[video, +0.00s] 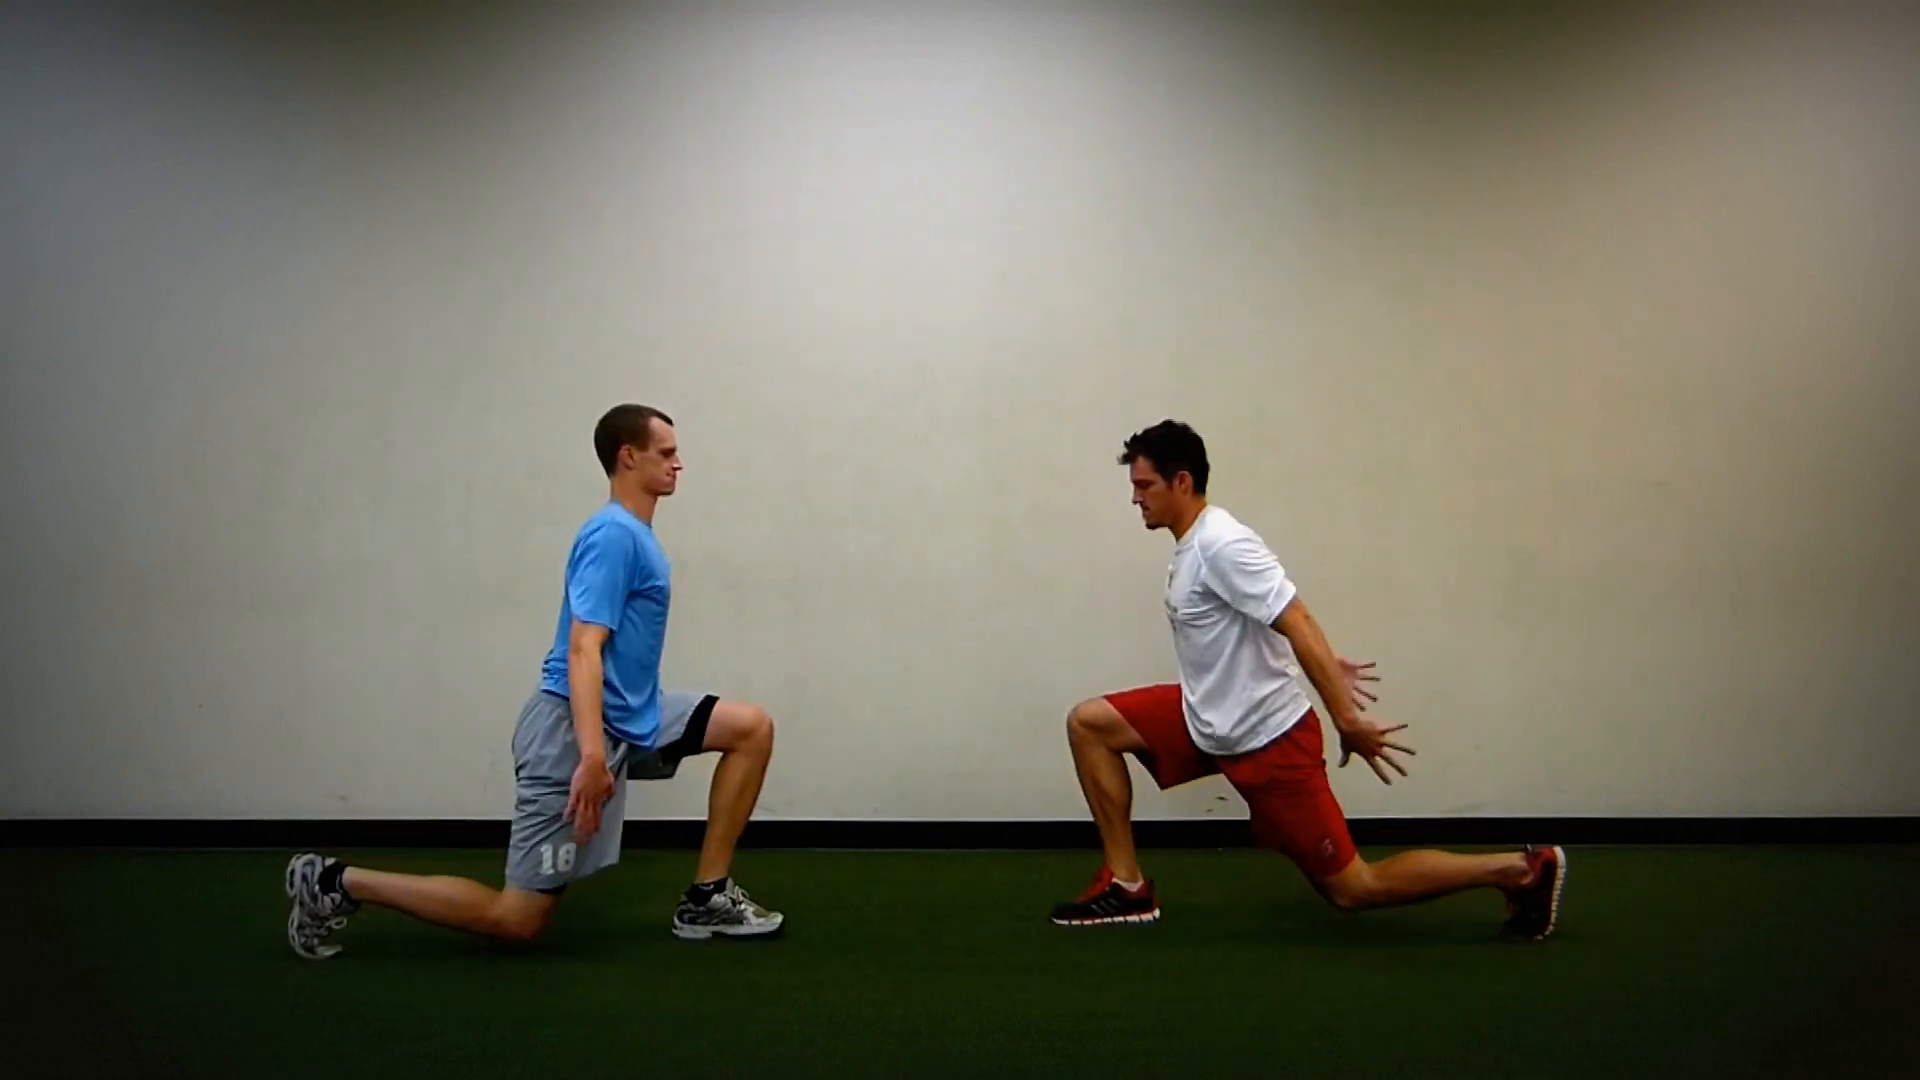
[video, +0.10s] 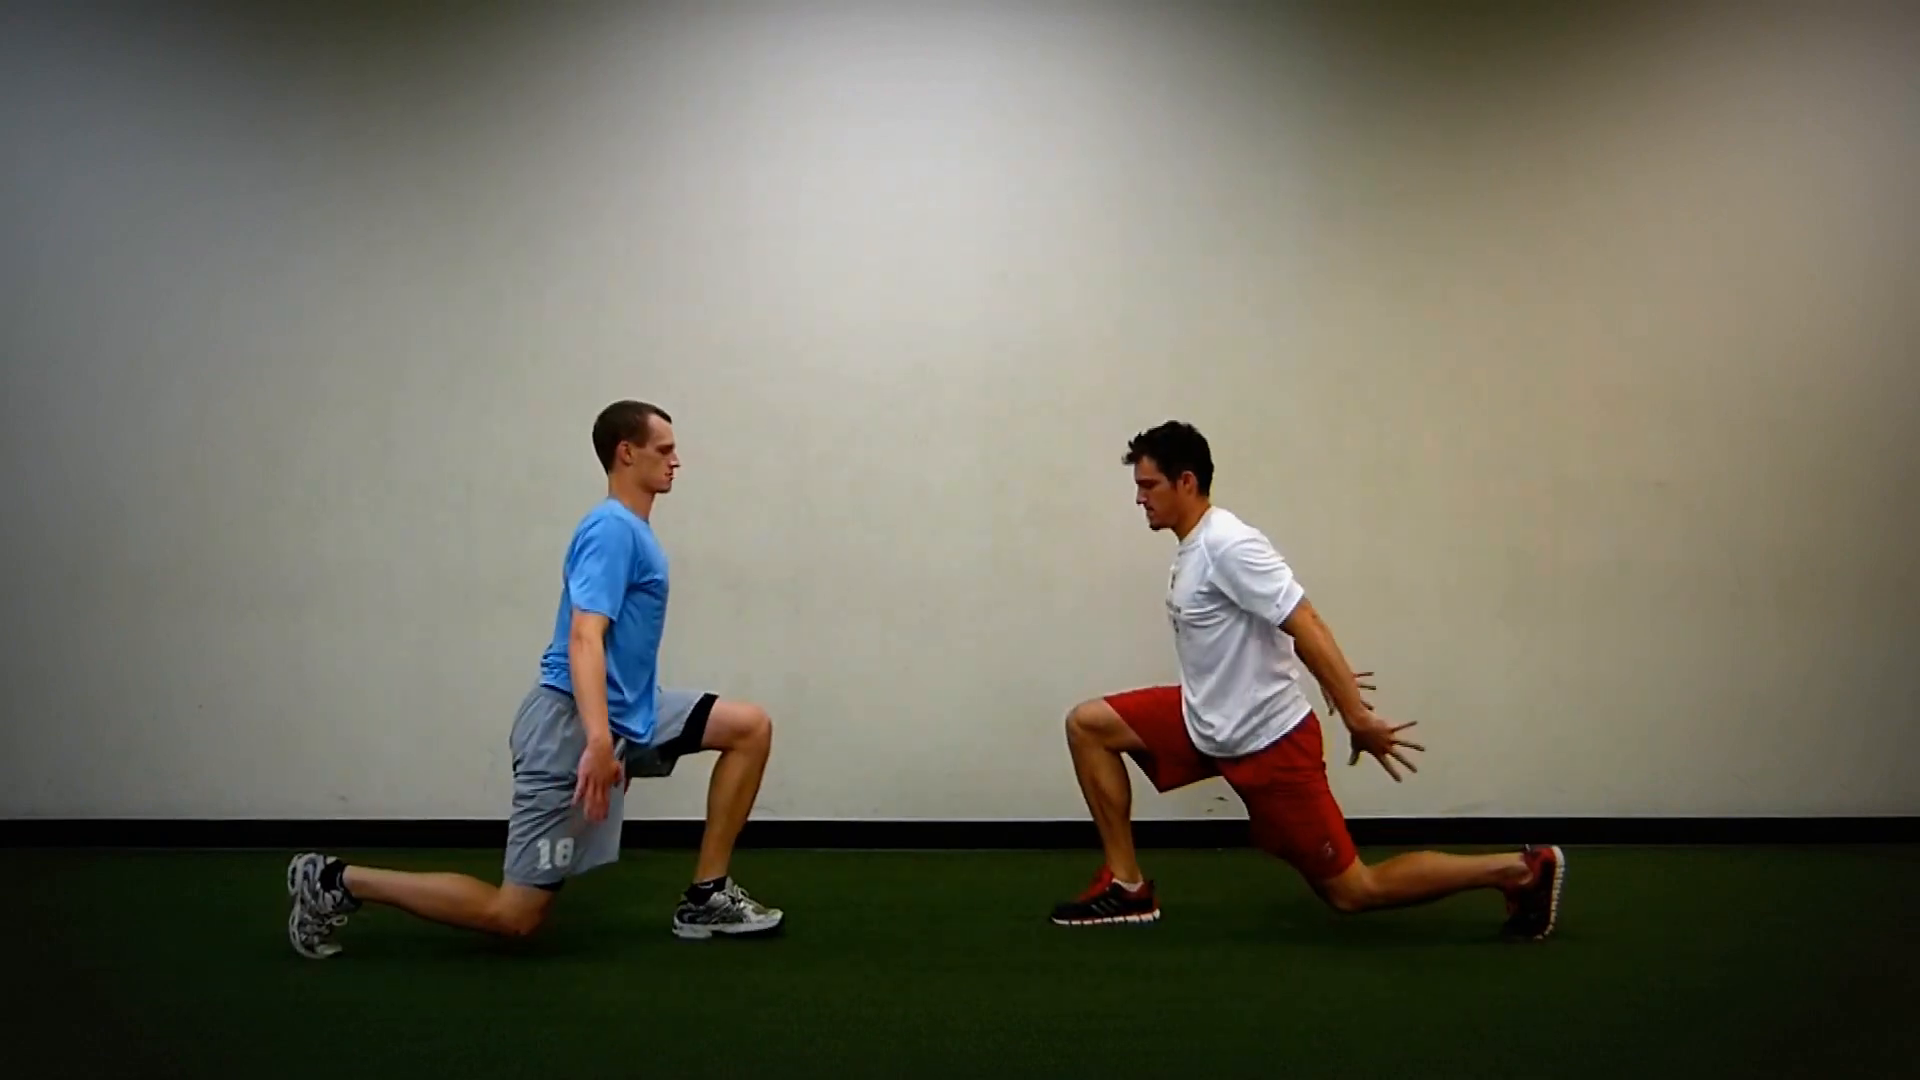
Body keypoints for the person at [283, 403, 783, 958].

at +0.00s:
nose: (677, 464)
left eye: (676, 453)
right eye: (667, 453)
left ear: (637, 459)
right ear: (629, 458)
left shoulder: (635, 532)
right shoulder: (611, 536)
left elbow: (606, 646)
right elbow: (584, 650)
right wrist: (592, 753)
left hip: (625, 711)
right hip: (571, 724)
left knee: (751, 730)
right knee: (520, 919)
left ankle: (710, 897)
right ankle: (333, 883)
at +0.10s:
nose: (675, 461)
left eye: (674, 450)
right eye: (665, 450)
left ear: (635, 455)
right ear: (627, 454)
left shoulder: (633, 528)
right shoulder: (609, 530)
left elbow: (609, 640)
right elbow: (586, 638)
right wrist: (600, 738)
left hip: (627, 709)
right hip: (570, 720)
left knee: (750, 729)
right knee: (517, 915)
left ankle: (708, 896)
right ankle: (334, 882)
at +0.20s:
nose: (675, 459)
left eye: (673, 448)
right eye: (665, 448)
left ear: (633, 453)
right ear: (627, 452)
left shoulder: (632, 525)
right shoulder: (611, 523)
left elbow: (613, 637)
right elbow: (587, 627)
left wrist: (623, 736)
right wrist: (603, 723)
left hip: (624, 706)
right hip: (570, 715)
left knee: (749, 729)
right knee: (517, 911)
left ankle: (708, 895)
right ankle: (334, 881)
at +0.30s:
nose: (676, 458)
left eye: (674, 447)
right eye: (665, 447)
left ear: (634, 452)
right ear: (628, 452)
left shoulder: (634, 524)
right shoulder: (612, 522)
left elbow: (618, 639)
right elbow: (584, 621)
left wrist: (626, 736)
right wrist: (596, 720)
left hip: (625, 707)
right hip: (571, 714)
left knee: (749, 729)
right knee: (517, 908)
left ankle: (709, 896)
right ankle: (332, 882)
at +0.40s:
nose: (679, 459)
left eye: (677, 448)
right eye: (668, 448)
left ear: (637, 454)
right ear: (631, 453)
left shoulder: (635, 526)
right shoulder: (613, 525)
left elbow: (605, 630)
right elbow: (579, 626)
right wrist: (582, 725)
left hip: (626, 706)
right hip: (573, 715)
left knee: (751, 730)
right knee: (518, 910)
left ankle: (709, 897)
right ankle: (332, 882)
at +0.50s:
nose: (681, 461)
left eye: (680, 450)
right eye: (671, 450)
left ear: (640, 457)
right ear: (634, 456)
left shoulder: (637, 530)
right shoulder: (614, 530)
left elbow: (599, 637)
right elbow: (573, 637)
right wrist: (569, 740)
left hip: (628, 709)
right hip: (575, 722)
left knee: (752, 730)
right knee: (517, 914)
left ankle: (711, 897)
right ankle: (332, 882)